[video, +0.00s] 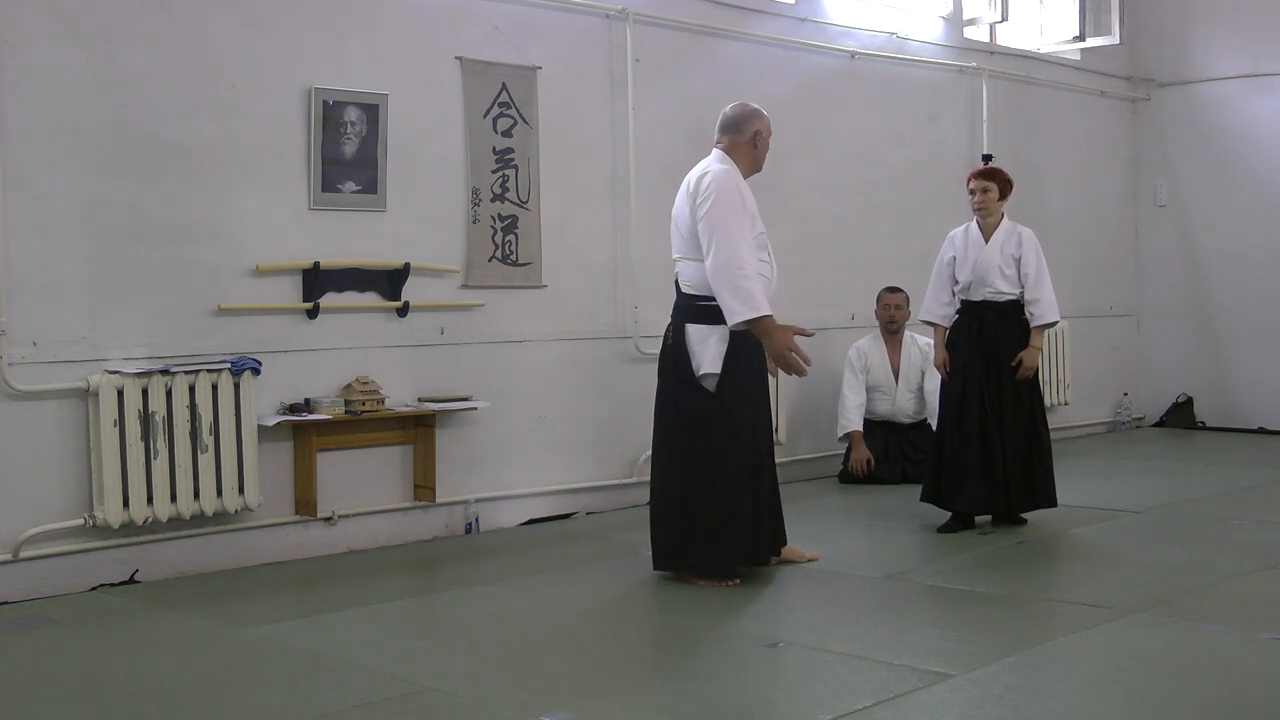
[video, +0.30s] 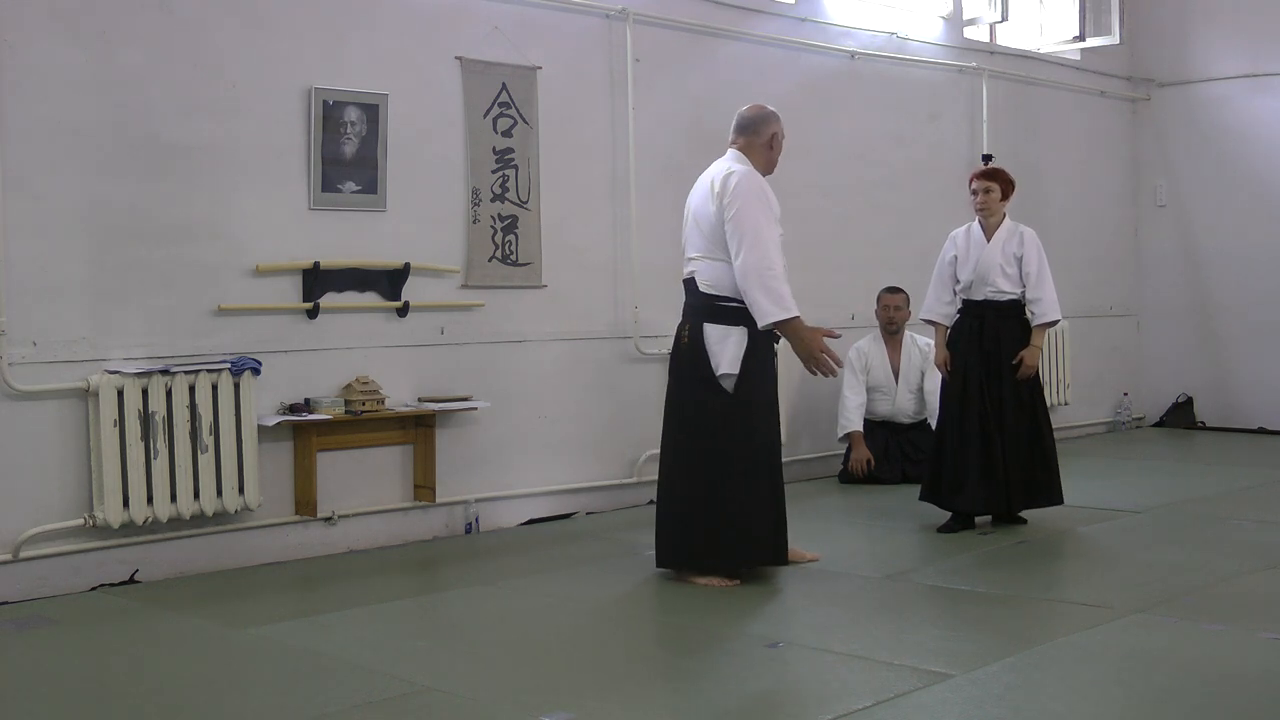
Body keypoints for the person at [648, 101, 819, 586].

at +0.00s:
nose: (769, 153)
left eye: (769, 143)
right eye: (768, 142)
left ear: (725, 135)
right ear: (756, 139)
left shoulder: (716, 178)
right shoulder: (718, 181)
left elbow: (733, 267)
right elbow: (727, 268)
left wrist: (770, 324)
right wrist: (768, 336)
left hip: (731, 330)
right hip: (711, 332)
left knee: (749, 441)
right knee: (704, 447)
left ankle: (763, 541)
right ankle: (693, 559)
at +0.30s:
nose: (781, 156)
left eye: (781, 146)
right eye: (781, 146)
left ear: (735, 137)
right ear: (771, 142)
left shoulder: (716, 177)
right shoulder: (744, 182)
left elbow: (744, 266)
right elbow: (757, 267)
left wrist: (794, 325)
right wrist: (796, 333)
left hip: (719, 321)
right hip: (725, 325)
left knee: (755, 438)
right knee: (706, 443)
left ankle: (766, 542)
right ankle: (692, 559)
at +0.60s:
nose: (796, 157)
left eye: (797, 148)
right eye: (797, 148)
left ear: (751, 138)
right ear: (789, 142)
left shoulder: (726, 178)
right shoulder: (763, 182)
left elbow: (729, 264)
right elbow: (778, 266)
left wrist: (774, 326)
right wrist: (816, 333)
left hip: (727, 321)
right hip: (736, 325)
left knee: (764, 436)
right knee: (712, 440)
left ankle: (769, 542)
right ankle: (693, 556)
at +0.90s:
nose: (805, 157)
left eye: (805, 149)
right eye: (806, 149)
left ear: (764, 139)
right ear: (797, 145)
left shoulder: (737, 178)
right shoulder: (775, 182)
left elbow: (730, 258)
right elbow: (786, 259)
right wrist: (808, 328)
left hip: (730, 317)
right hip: (752, 320)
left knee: (770, 434)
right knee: (724, 437)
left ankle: (770, 542)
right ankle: (697, 553)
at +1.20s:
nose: (807, 160)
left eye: (809, 151)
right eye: (808, 151)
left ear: (765, 141)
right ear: (799, 145)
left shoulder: (743, 179)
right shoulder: (776, 184)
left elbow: (781, 259)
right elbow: (790, 262)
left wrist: (828, 303)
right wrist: (811, 330)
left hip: (738, 317)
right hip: (761, 320)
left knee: (761, 432)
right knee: (767, 435)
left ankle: (770, 542)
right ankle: (709, 542)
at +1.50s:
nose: (809, 160)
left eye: (809, 151)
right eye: (809, 151)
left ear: (767, 143)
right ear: (798, 146)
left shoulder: (749, 180)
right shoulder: (776, 184)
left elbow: (789, 259)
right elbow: (790, 261)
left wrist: (837, 299)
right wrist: (814, 329)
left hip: (748, 318)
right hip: (763, 320)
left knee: (782, 431)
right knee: (771, 433)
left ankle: (776, 541)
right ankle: (713, 540)